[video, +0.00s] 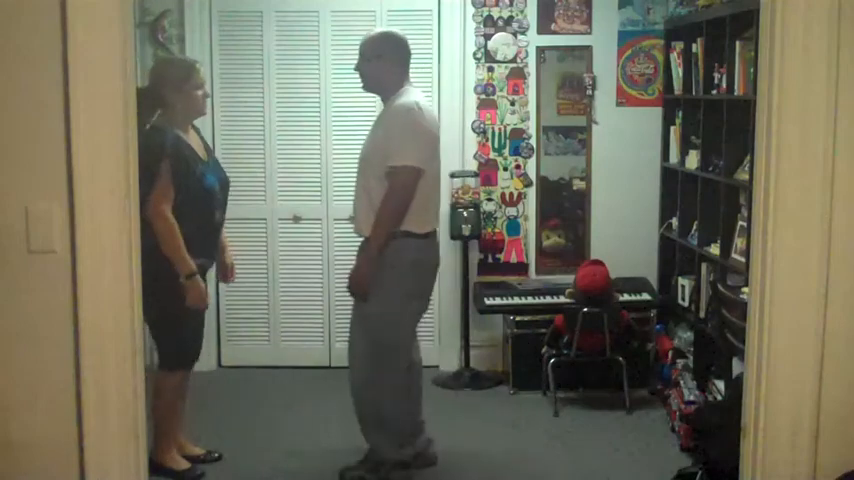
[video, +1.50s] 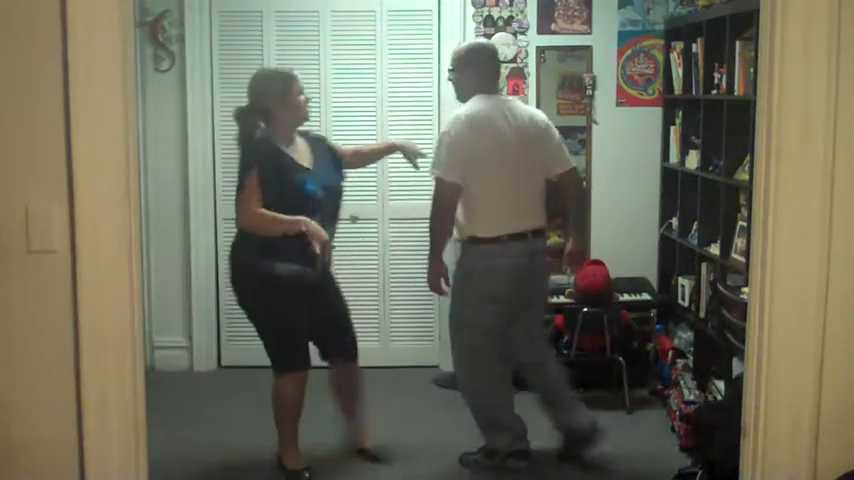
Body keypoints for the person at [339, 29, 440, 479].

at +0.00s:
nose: (357, 68)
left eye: (366, 60)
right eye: (360, 60)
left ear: (391, 64)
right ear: (392, 66)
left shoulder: (407, 112)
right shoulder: (402, 110)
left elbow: (403, 186)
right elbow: (402, 186)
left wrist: (369, 256)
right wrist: (374, 253)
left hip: (399, 250)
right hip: (401, 250)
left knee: (377, 354)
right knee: (395, 351)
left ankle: (390, 454)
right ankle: (410, 445)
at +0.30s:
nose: (348, 70)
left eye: (354, 62)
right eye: (349, 62)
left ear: (380, 64)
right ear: (382, 65)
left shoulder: (398, 113)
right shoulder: (397, 109)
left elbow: (389, 194)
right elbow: (393, 194)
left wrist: (356, 263)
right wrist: (364, 260)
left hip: (397, 250)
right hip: (399, 249)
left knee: (386, 355)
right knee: (395, 352)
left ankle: (393, 454)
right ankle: (407, 444)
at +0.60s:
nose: (344, 82)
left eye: (350, 74)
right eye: (344, 75)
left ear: (376, 75)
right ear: (378, 76)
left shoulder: (399, 119)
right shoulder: (400, 117)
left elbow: (412, 196)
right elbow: (399, 198)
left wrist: (393, 267)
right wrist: (369, 246)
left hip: (424, 250)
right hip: (423, 247)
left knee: (398, 351)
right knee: (406, 350)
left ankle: (392, 453)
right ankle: (412, 445)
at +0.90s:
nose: (391, 64)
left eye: (400, 57)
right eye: (393, 57)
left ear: (427, 62)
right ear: (417, 65)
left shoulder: (451, 109)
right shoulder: (418, 120)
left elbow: (476, 164)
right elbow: (406, 194)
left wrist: (417, 209)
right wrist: (373, 241)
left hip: (443, 244)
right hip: (417, 245)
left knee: (387, 329)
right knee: (414, 340)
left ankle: (460, 411)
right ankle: (413, 442)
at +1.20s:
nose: (426, 74)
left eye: (432, 66)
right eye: (427, 66)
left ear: (456, 70)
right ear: (464, 71)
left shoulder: (464, 116)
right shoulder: (480, 114)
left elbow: (446, 189)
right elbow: (499, 193)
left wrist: (409, 222)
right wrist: (433, 216)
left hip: (477, 255)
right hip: (472, 253)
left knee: (477, 349)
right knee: (424, 329)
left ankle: (506, 444)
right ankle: (418, 436)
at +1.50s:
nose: (452, 79)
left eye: (456, 72)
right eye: (452, 72)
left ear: (473, 73)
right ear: (495, 72)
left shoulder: (460, 125)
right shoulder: (534, 119)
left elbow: (445, 199)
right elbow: (573, 185)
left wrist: (434, 258)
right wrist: (576, 239)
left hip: (485, 256)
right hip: (533, 252)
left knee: (477, 357)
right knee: (530, 343)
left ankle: (504, 446)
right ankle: (578, 426)